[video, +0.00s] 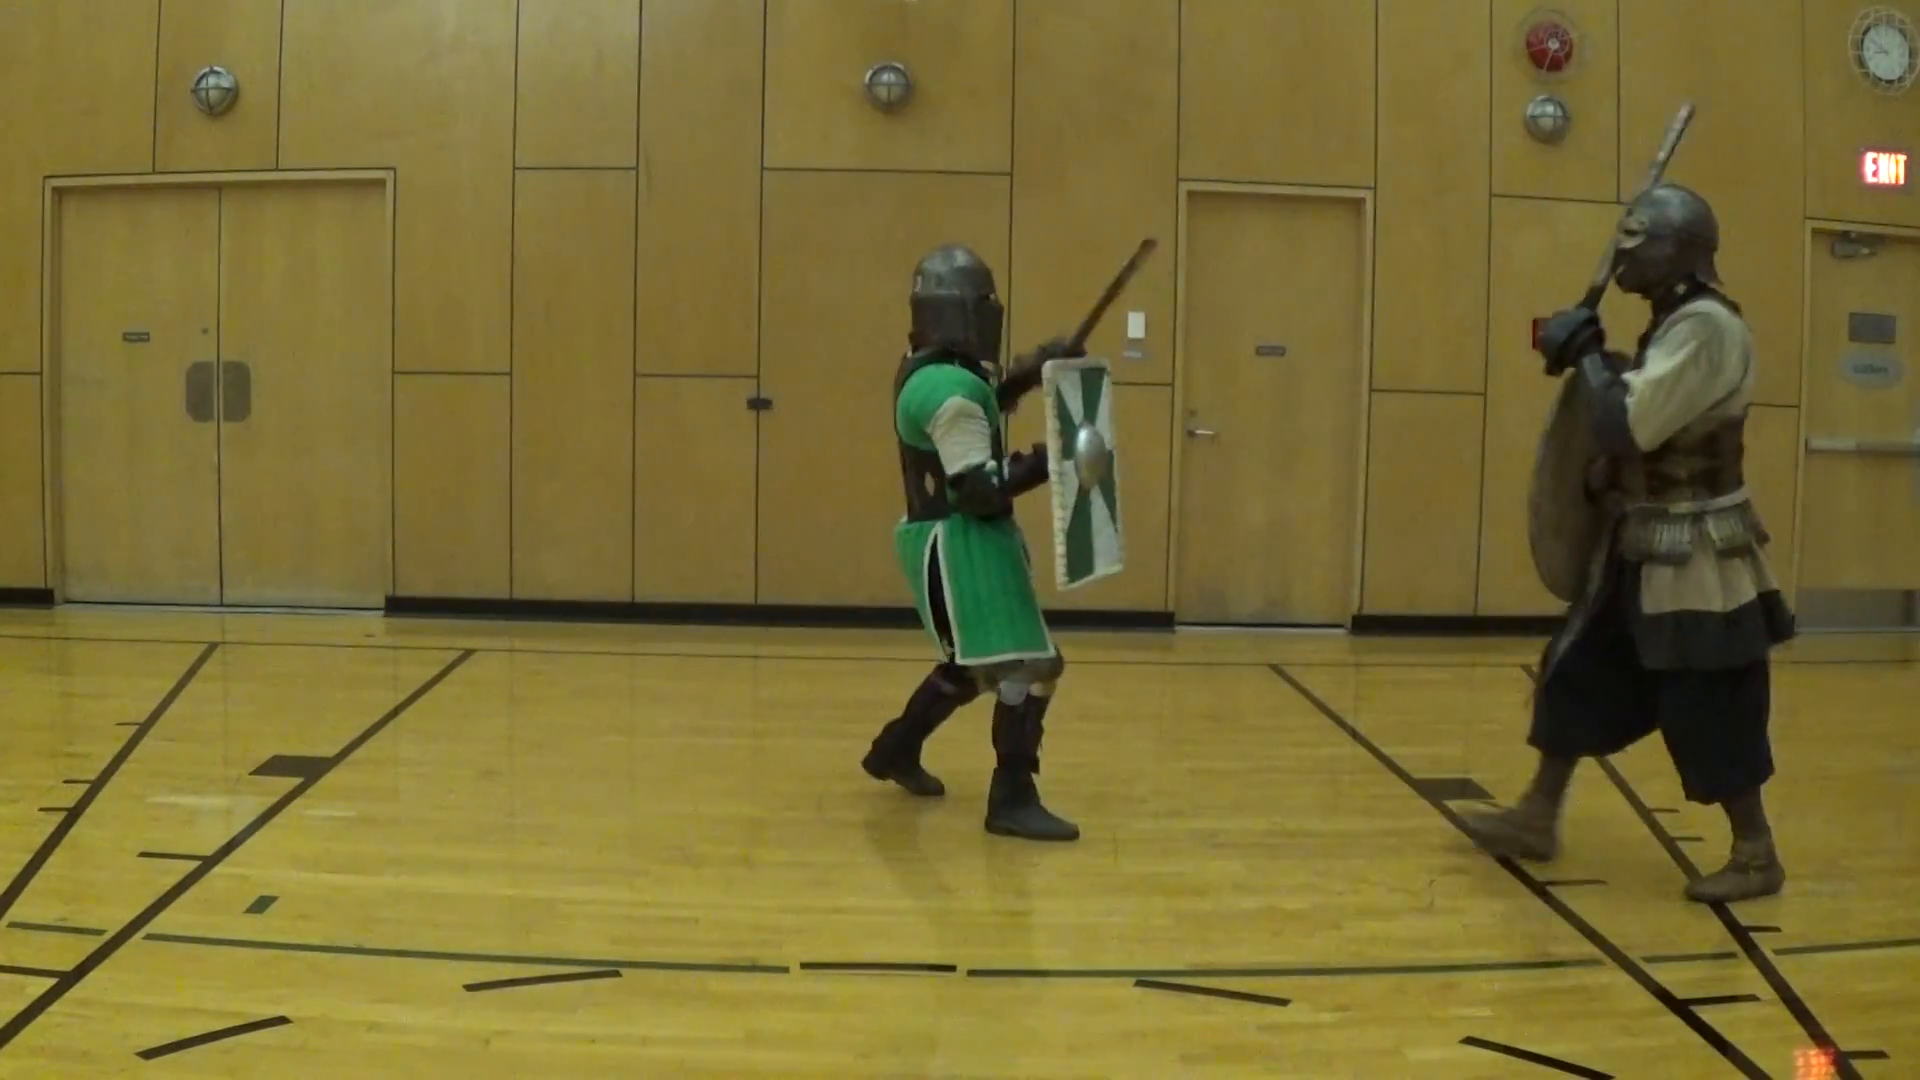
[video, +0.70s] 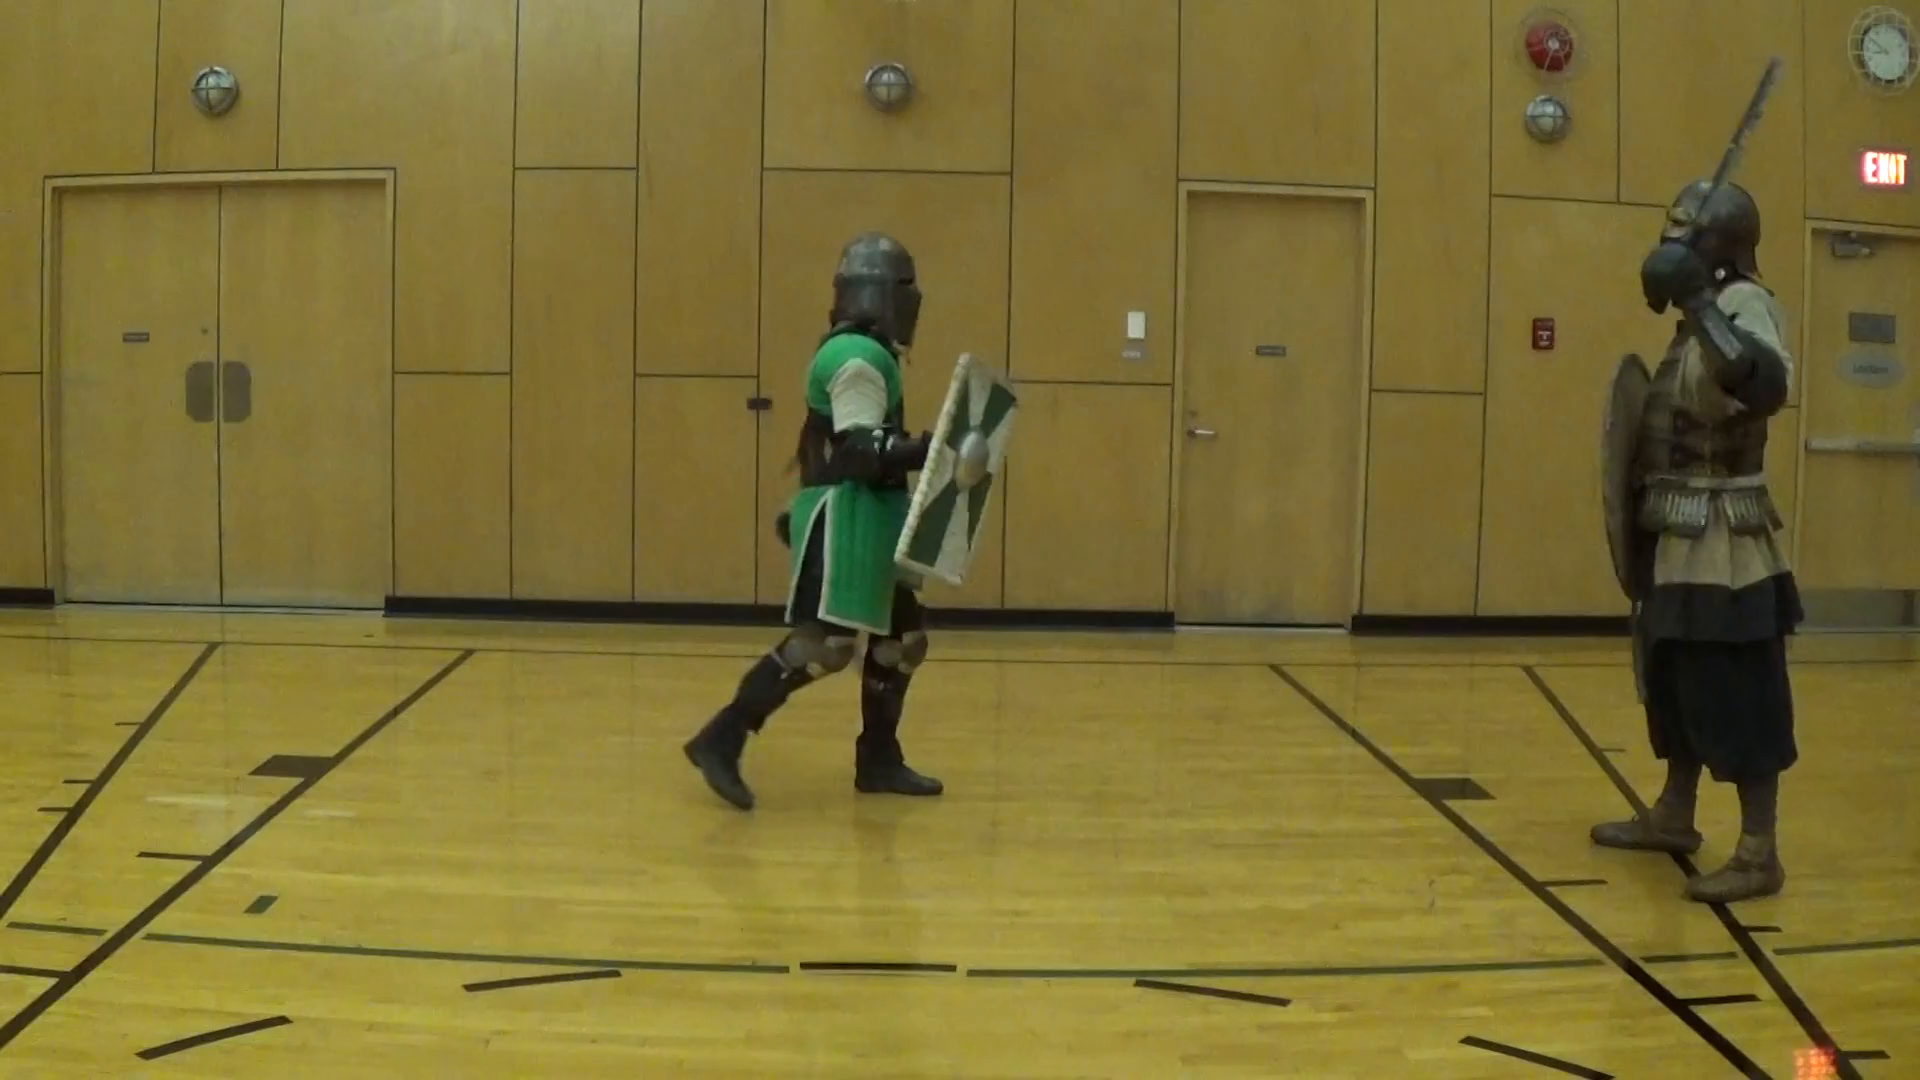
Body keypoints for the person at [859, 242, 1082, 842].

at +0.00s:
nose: (993, 314)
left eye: (989, 304)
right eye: (984, 304)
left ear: (930, 314)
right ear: (963, 313)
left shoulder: (943, 375)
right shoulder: (948, 388)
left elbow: (991, 400)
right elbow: (979, 491)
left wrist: (1037, 365)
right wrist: (1054, 460)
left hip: (946, 535)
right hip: (965, 540)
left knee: (976, 660)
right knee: (1033, 665)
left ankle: (897, 746)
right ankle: (1013, 800)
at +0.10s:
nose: (983, 317)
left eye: (980, 306)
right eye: (975, 307)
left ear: (921, 316)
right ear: (953, 314)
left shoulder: (942, 379)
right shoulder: (934, 387)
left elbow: (966, 442)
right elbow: (954, 488)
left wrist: (1025, 415)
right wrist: (1031, 463)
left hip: (944, 532)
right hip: (951, 538)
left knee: (964, 659)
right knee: (1020, 662)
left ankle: (886, 751)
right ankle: (1011, 800)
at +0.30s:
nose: (966, 313)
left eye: (963, 302)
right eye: (957, 302)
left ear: (908, 308)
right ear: (928, 308)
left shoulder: (924, 372)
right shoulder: (904, 376)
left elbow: (930, 467)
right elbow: (909, 473)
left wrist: (989, 467)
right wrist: (986, 465)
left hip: (923, 525)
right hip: (905, 527)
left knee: (938, 652)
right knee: (956, 653)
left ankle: (881, 756)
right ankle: (974, 791)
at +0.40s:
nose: (956, 308)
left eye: (953, 297)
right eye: (949, 297)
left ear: (896, 300)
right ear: (926, 301)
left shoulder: (908, 360)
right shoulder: (895, 364)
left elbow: (916, 456)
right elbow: (895, 456)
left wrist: (977, 462)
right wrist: (976, 461)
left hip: (909, 515)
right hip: (893, 518)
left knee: (936, 645)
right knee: (924, 646)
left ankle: (882, 756)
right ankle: (896, 784)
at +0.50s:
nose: (945, 297)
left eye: (943, 286)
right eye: (936, 286)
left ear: (892, 291)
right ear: (908, 292)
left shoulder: (907, 354)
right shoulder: (885, 357)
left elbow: (905, 449)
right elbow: (883, 450)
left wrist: (962, 460)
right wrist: (960, 453)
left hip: (902, 510)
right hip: (875, 511)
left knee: (925, 644)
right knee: (889, 640)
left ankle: (880, 760)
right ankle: (821, 769)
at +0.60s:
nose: (933, 301)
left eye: (931, 289)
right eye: (925, 289)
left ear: (872, 294)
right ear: (903, 294)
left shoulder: (888, 353)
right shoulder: (873, 354)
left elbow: (890, 447)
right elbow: (873, 445)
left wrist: (950, 453)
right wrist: (952, 447)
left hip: (889, 510)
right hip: (861, 508)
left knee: (909, 639)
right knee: (857, 636)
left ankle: (880, 760)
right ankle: (758, 751)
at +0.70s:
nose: (913, 302)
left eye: (911, 290)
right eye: (905, 291)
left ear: (857, 295)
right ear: (879, 296)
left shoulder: (871, 356)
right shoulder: (857, 357)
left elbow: (846, 454)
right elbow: (858, 451)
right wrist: (938, 448)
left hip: (872, 514)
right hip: (843, 513)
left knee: (900, 640)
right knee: (829, 640)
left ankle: (879, 760)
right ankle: (718, 741)